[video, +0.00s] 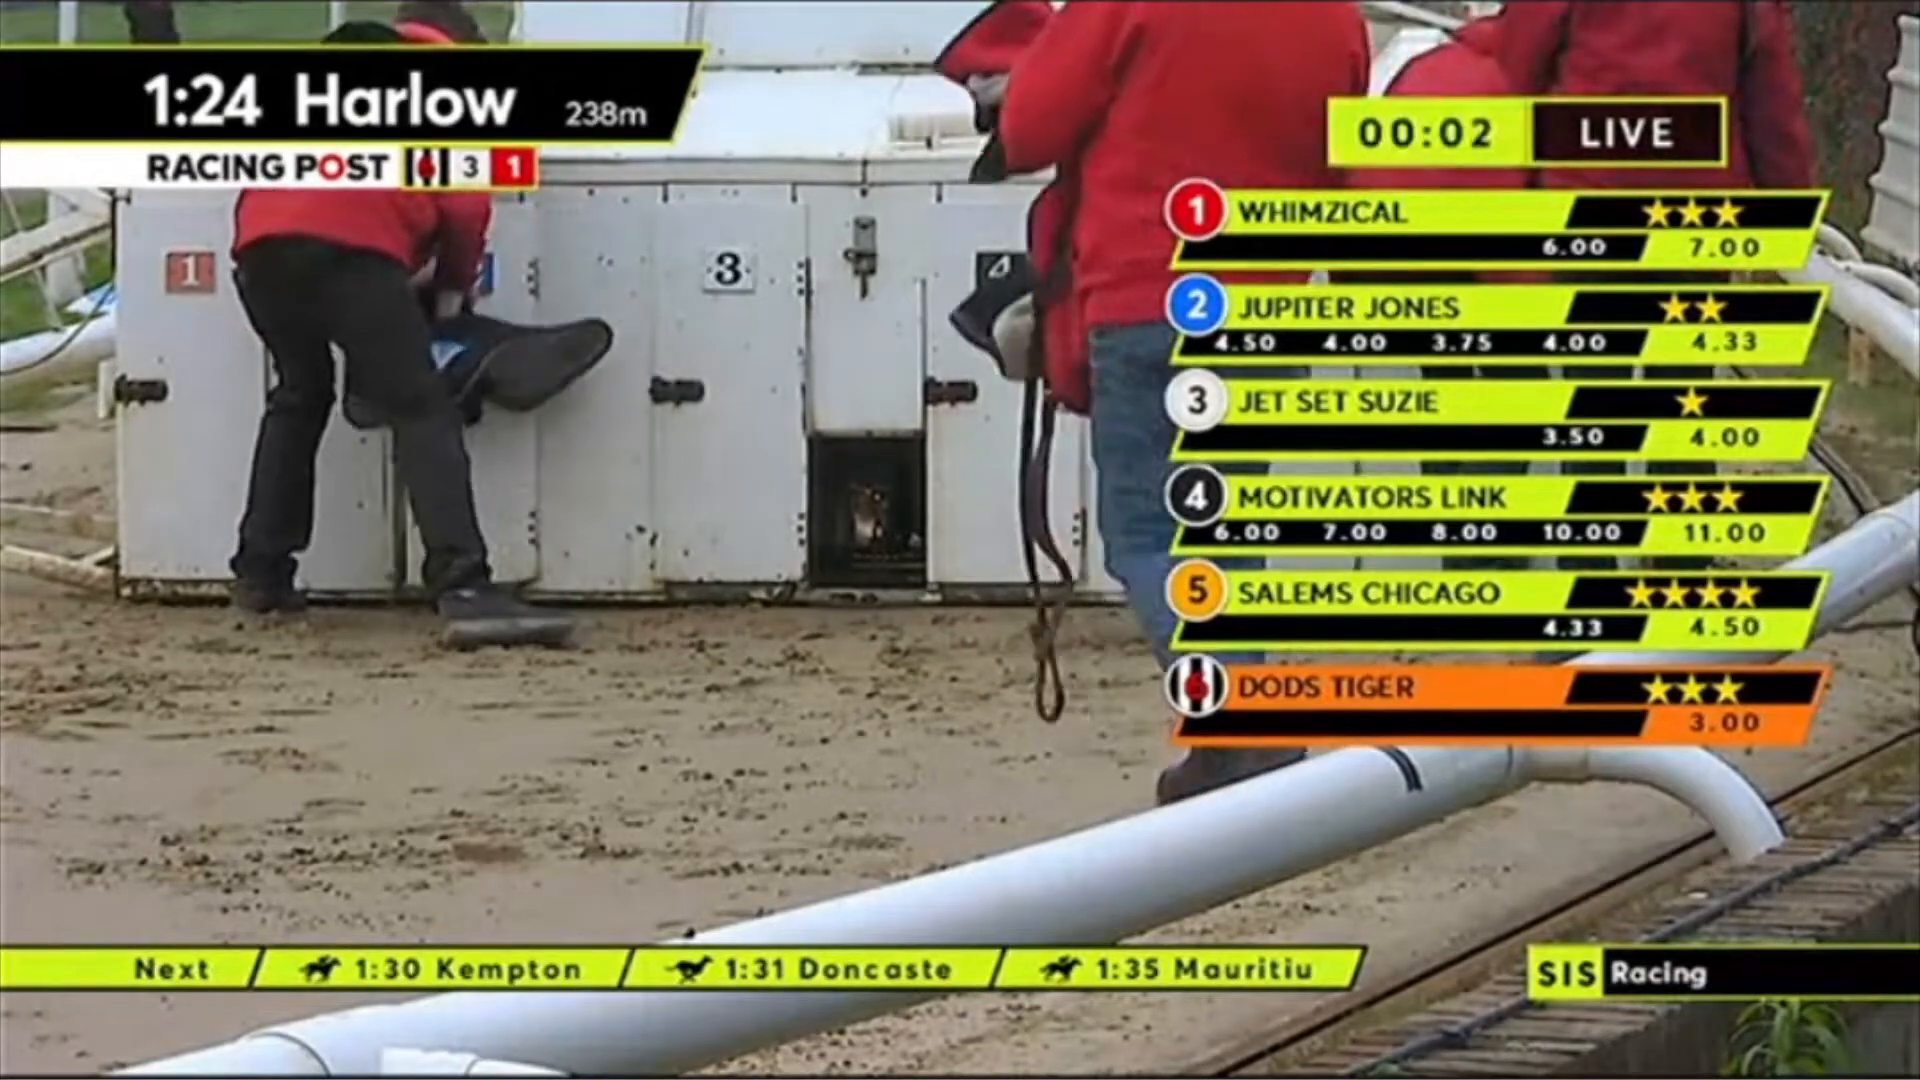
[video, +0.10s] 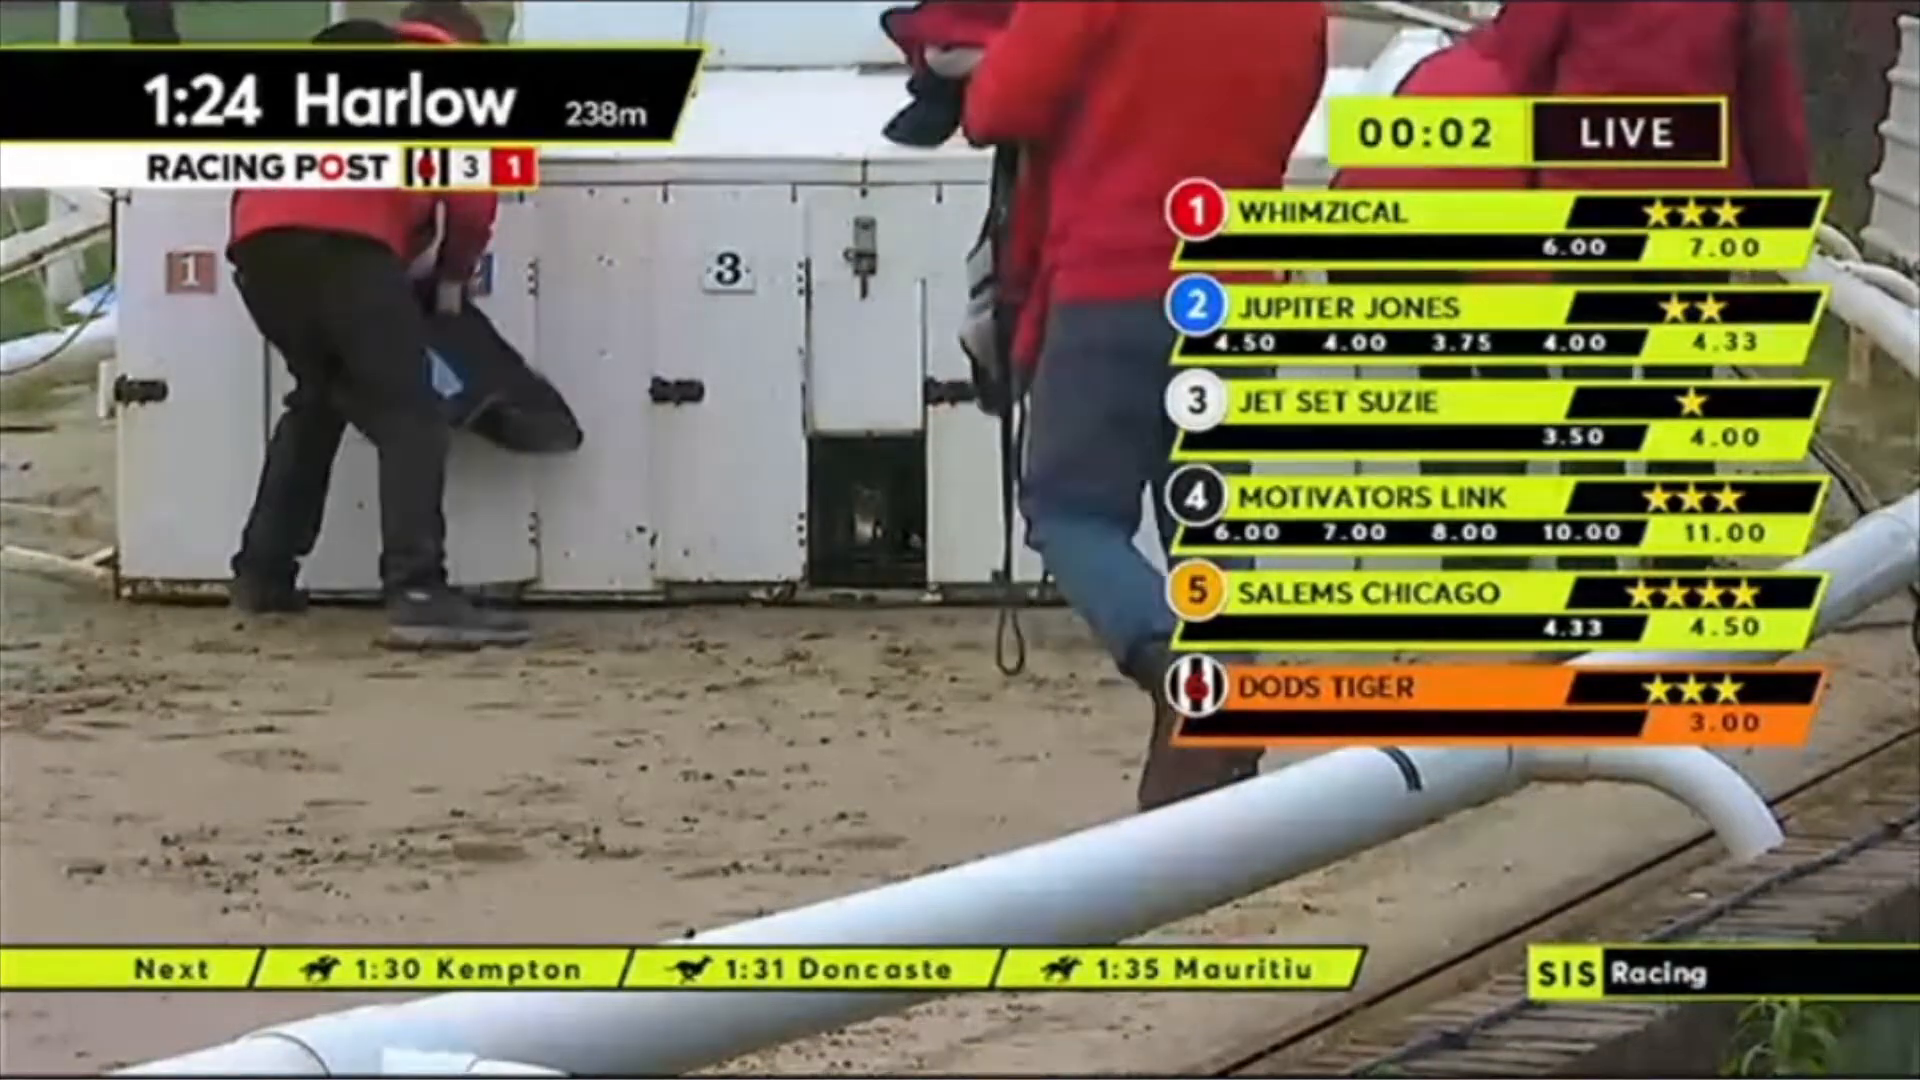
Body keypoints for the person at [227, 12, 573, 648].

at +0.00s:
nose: (473, 63)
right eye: (470, 50)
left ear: (402, 26)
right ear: (458, 43)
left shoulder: (331, 69)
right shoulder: (456, 90)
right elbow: (467, 209)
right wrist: (454, 292)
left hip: (262, 245)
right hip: (360, 252)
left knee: (299, 390)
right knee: (422, 409)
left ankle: (260, 575)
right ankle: (463, 586)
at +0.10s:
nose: (478, 57)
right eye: (476, 47)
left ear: (406, 22)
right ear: (466, 36)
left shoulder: (333, 56)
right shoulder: (463, 72)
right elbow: (474, 199)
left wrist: (392, 262)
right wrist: (453, 277)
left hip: (257, 239)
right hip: (351, 244)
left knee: (319, 395)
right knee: (411, 415)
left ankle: (263, 574)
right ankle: (419, 591)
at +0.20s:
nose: (479, 67)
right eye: (477, 55)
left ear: (410, 26)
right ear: (467, 41)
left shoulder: (342, 59)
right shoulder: (465, 76)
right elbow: (472, 201)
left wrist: (404, 262)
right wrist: (449, 273)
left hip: (258, 241)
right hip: (349, 247)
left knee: (326, 400)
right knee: (395, 415)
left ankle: (264, 573)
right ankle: (413, 591)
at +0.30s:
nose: (473, 81)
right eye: (474, 69)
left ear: (411, 31)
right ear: (466, 50)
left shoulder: (339, 62)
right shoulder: (462, 85)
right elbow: (462, 221)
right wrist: (438, 281)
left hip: (255, 238)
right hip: (349, 247)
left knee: (312, 396)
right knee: (402, 414)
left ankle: (262, 574)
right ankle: (416, 591)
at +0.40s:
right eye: (469, 71)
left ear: (409, 29)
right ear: (461, 50)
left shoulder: (330, 61)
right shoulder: (459, 85)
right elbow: (458, 220)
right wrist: (434, 291)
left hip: (259, 244)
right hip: (357, 253)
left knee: (303, 395)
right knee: (415, 416)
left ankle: (262, 574)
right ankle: (424, 585)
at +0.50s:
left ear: (412, 26)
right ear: (461, 43)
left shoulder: (313, 70)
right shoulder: (455, 79)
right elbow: (455, 214)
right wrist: (432, 292)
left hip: (262, 240)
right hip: (365, 245)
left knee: (305, 391)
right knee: (441, 406)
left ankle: (262, 573)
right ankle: (452, 555)